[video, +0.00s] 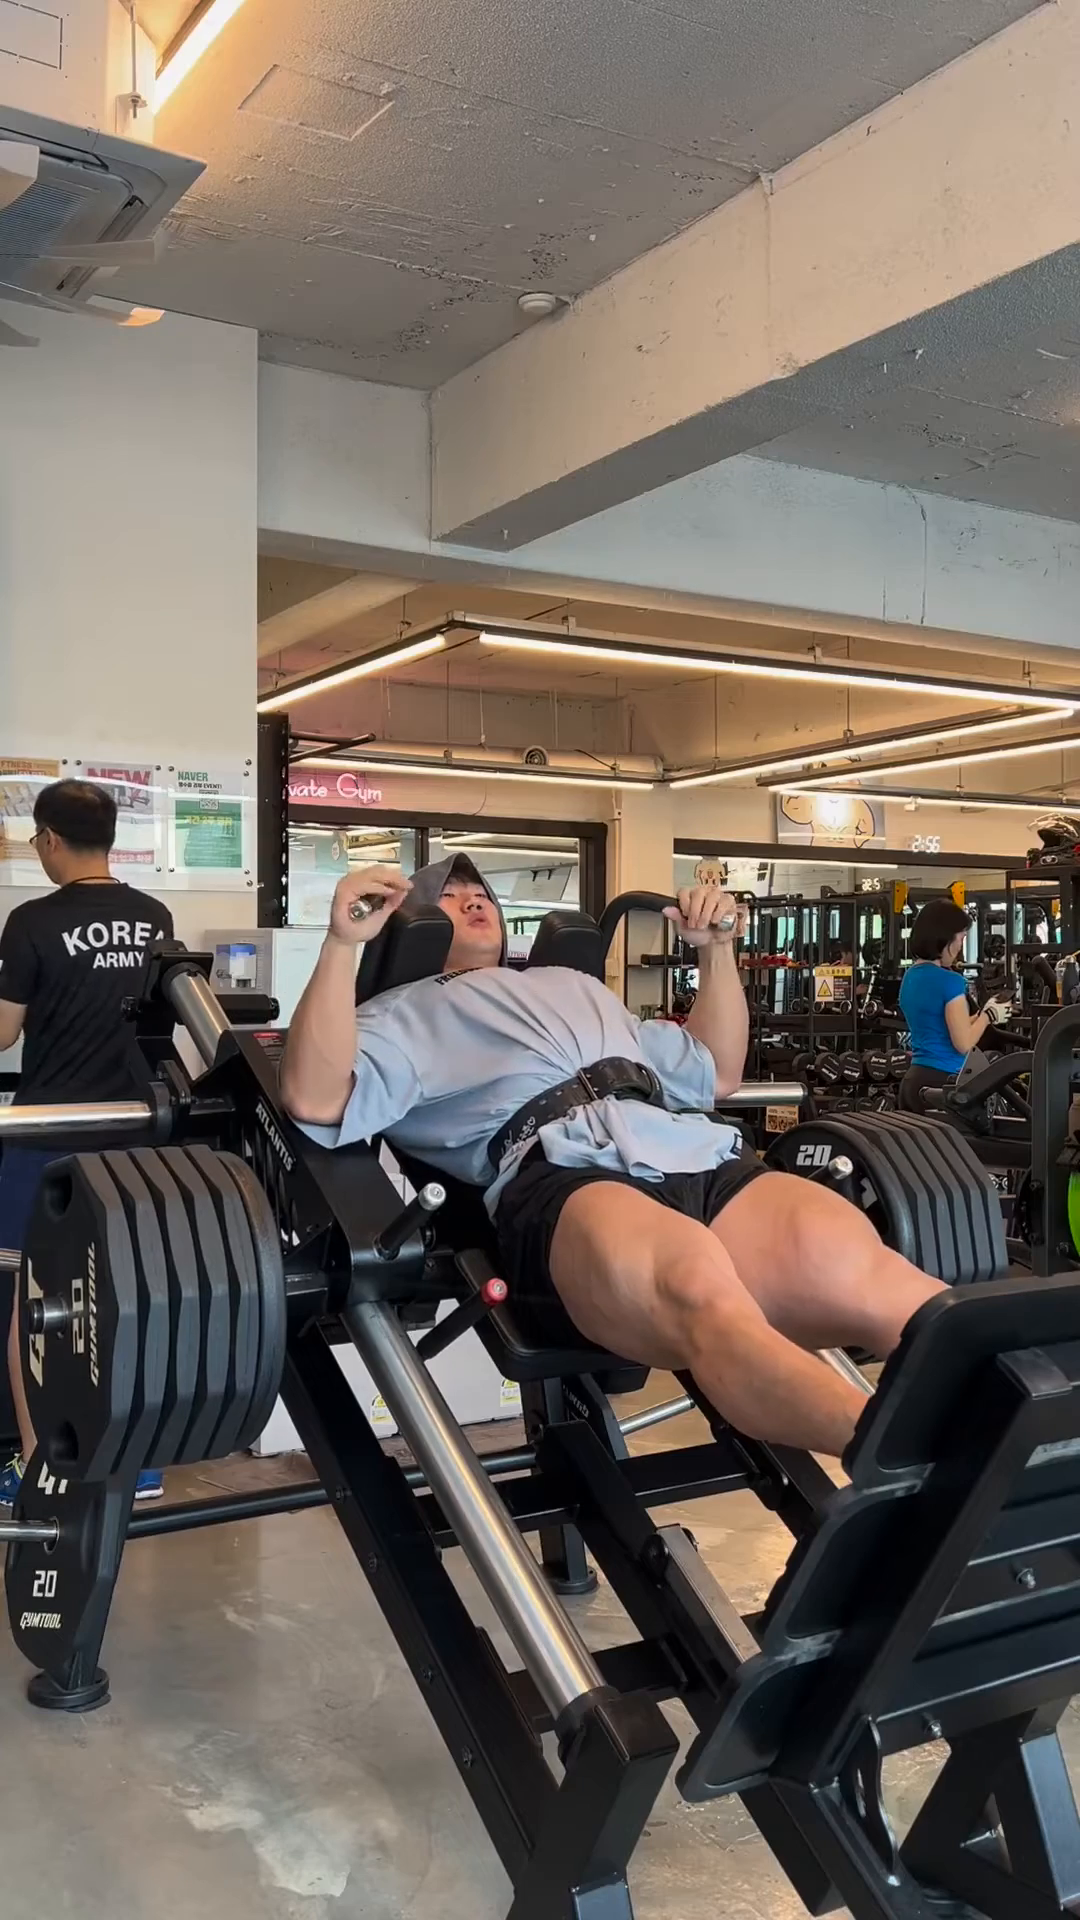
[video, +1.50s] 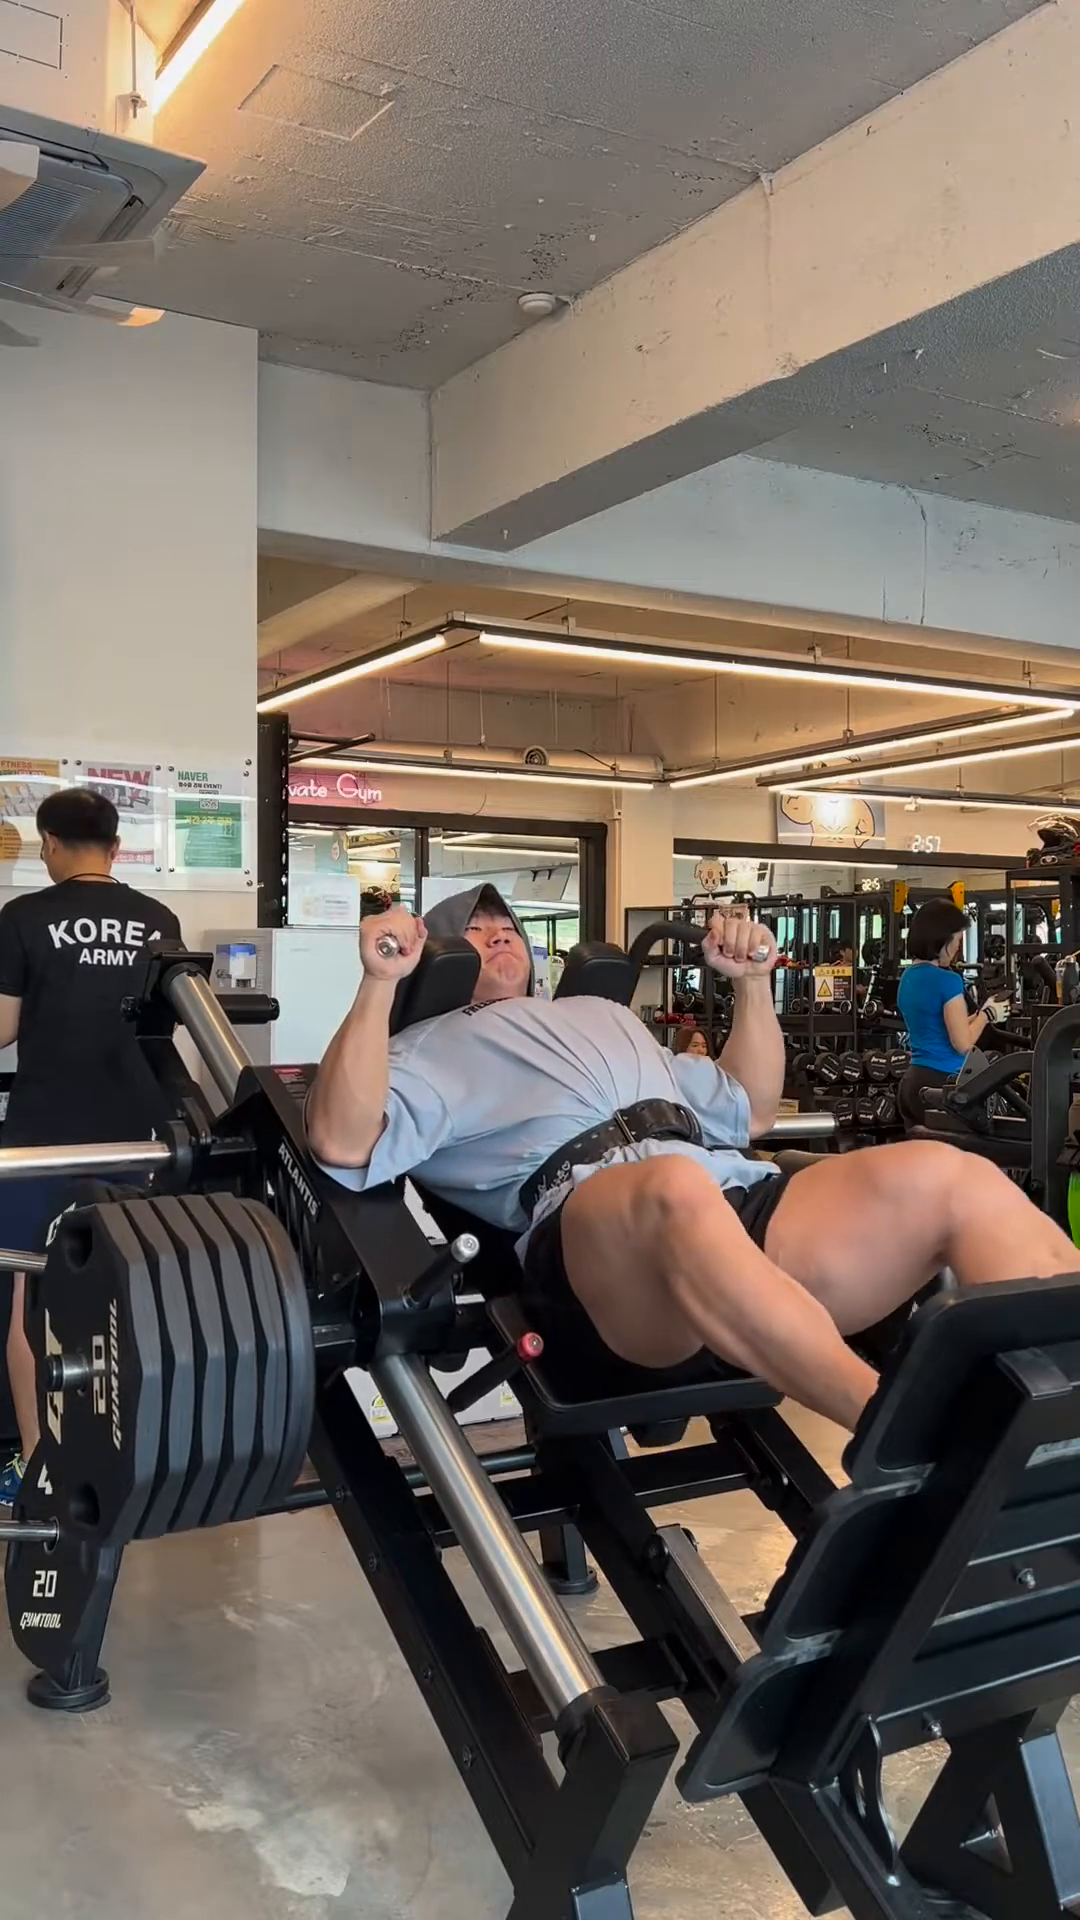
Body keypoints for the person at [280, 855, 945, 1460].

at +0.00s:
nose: (470, 902)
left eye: (482, 894)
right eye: (446, 896)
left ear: (504, 925)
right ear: (417, 936)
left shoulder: (577, 989)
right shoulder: (406, 1015)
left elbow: (712, 1073)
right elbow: (313, 1099)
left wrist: (716, 948)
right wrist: (342, 944)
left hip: (686, 1148)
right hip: (553, 1177)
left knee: (851, 1259)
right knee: (695, 1286)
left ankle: (1037, 1382)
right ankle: (896, 1451)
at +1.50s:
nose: (498, 938)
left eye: (507, 928)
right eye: (474, 935)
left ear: (530, 951)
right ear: (443, 974)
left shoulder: (606, 1021)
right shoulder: (433, 1053)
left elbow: (750, 1107)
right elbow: (342, 1142)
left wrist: (750, 982)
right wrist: (377, 987)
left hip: (745, 1217)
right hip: (590, 1266)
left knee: (950, 1177)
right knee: (672, 1190)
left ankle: (1076, 1383)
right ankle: (898, 1428)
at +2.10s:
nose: (540, 984)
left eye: (547, 973)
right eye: (516, 978)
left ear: (571, 1003)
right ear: (477, 1024)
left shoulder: (654, 1078)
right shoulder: (470, 1115)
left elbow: (804, 1170)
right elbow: (383, 1216)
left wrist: (806, 1035)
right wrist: (424, 1047)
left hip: (813, 1307)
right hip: (663, 1370)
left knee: (995, 1153)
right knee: (671, 1166)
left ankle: (1068, 1391)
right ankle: (886, 1412)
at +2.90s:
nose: (605, 1053)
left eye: (610, 1039)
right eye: (574, 1043)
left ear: (634, 1070)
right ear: (534, 1082)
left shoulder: (727, 1164)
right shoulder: (529, 1207)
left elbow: (879, 1238)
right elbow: (446, 1324)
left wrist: (889, 1117)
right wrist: (491, 1136)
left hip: (892, 1372)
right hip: (751, 1465)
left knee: (1011, 1146)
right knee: (669, 1169)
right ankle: (887, 1412)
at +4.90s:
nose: (587, 1030)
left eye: (592, 1017)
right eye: (557, 1022)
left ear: (616, 1050)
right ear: (516, 1062)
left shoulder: (685, 1147)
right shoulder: (513, 1179)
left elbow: (857, 1219)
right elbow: (428, 1289)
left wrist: (864, 1094)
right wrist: (475, 1110)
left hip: (878, 1400)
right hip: (727, 1450)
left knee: (992, 1140)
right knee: (691, 1143)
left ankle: (1070, 1396)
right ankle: (898, 1407)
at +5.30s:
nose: (544, 980)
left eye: (552, 972)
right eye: (521, 975)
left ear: (576, 1003)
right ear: (486, 1018)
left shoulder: (646, 1084)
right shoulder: (470, 1120)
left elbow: (808, 1167)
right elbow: (385, 1215)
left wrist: (806, 1038)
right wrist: (427, 1047)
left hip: (811, 1307)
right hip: (667, 1367)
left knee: (994, 1137)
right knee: (682, 1150)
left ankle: (1074, 1377)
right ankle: (894, 1414)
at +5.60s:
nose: (508, 934)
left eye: (514, 927)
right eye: (486, 929)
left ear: (534, 958)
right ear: (451, 972)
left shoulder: (609, 1038)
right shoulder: (429, 1059)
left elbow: (757, 1116)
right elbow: (347, 1150)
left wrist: (755, 991)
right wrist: (383, 995)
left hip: (749, 1221)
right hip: (595, 1266)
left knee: (959, 1161)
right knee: (667, 1173)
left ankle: (1071, 1382)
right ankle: (897, 1423)